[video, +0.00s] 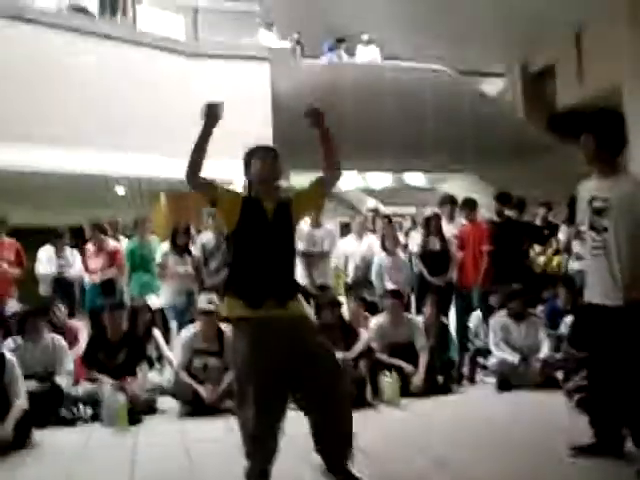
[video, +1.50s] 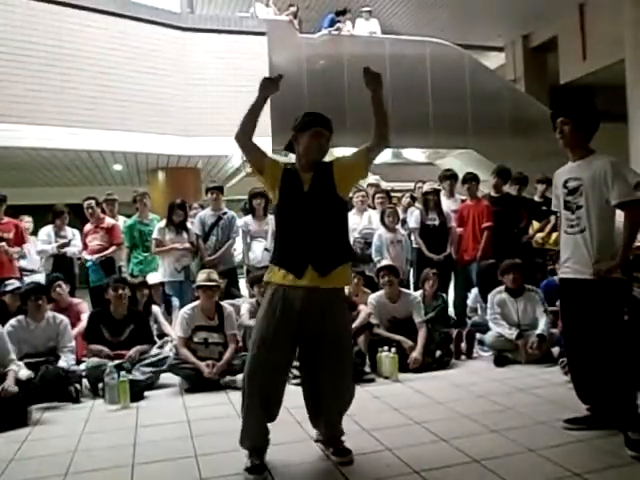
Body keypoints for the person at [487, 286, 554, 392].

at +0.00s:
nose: (512, 311)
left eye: (517, 308)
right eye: (510, 308)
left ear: (524, 307)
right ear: (507, 307)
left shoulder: (536, 320)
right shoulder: (498, 321)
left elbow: (545, 341)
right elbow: (496, 345)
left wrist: (541, 357)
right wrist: (516, 359)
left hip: (532, 358)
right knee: (497, 363)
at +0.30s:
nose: (514, 279)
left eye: (515, 276)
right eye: (509, 277)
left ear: (518, 277)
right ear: (501, 281)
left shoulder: (529, 295)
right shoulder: (491, 298)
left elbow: (538, 316)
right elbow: (490, 321)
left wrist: (535, 335)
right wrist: (509, 335)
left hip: (526, 333)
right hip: (504, 334)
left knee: (546, 338)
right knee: (486, 340)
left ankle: (508, 359)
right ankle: (533, 357)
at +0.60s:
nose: (517, 276)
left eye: (518, 273)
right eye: (512, 275)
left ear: (521, 274)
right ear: (503, 279)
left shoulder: (533, 292)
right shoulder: (493, 296)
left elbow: (542, 314)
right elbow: (493, 320)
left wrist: (539, 335)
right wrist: (514, 335)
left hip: (530, 329)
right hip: (507, 331)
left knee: (550, 337)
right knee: (489, 339)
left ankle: (510, 357)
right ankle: (537, 355)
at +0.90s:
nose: (518, 276)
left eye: (519, 272)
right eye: (513, 275)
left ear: (523, 274)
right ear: (504, 279)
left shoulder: (535, 293)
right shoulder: (495, 297)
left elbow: (543, 316)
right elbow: (494, 320)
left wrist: (539, 335)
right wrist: (515, 335)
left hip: (530, 331)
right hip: (508, 332)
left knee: (553, 336)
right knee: (491, 339)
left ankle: (512, 357)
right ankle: (538, 356)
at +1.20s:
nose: (515, 276)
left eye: (517, 272)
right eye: (510, 274)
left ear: (522, 274)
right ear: (503, 279)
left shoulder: (535, 294)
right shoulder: (494, 297)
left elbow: (543, 316)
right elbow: (493, 320)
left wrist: (539, 335)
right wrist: (514, 335)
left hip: (530, 332)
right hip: (507, 333)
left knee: (552, 336)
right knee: (490, 339)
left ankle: (512, 358)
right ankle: (538, 356)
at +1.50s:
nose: (513, 277)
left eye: (516, 273)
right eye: (508, 274)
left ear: (522, 275)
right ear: (502, 278)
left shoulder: (534, 293)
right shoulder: (495, 296)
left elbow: (543, 316)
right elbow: (494, 320)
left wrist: (540, 335)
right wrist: (515, 334)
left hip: (531, 331)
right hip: (508, 332)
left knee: (552, 336)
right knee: (491, 339)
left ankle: (512, 357)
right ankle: (538, 356)